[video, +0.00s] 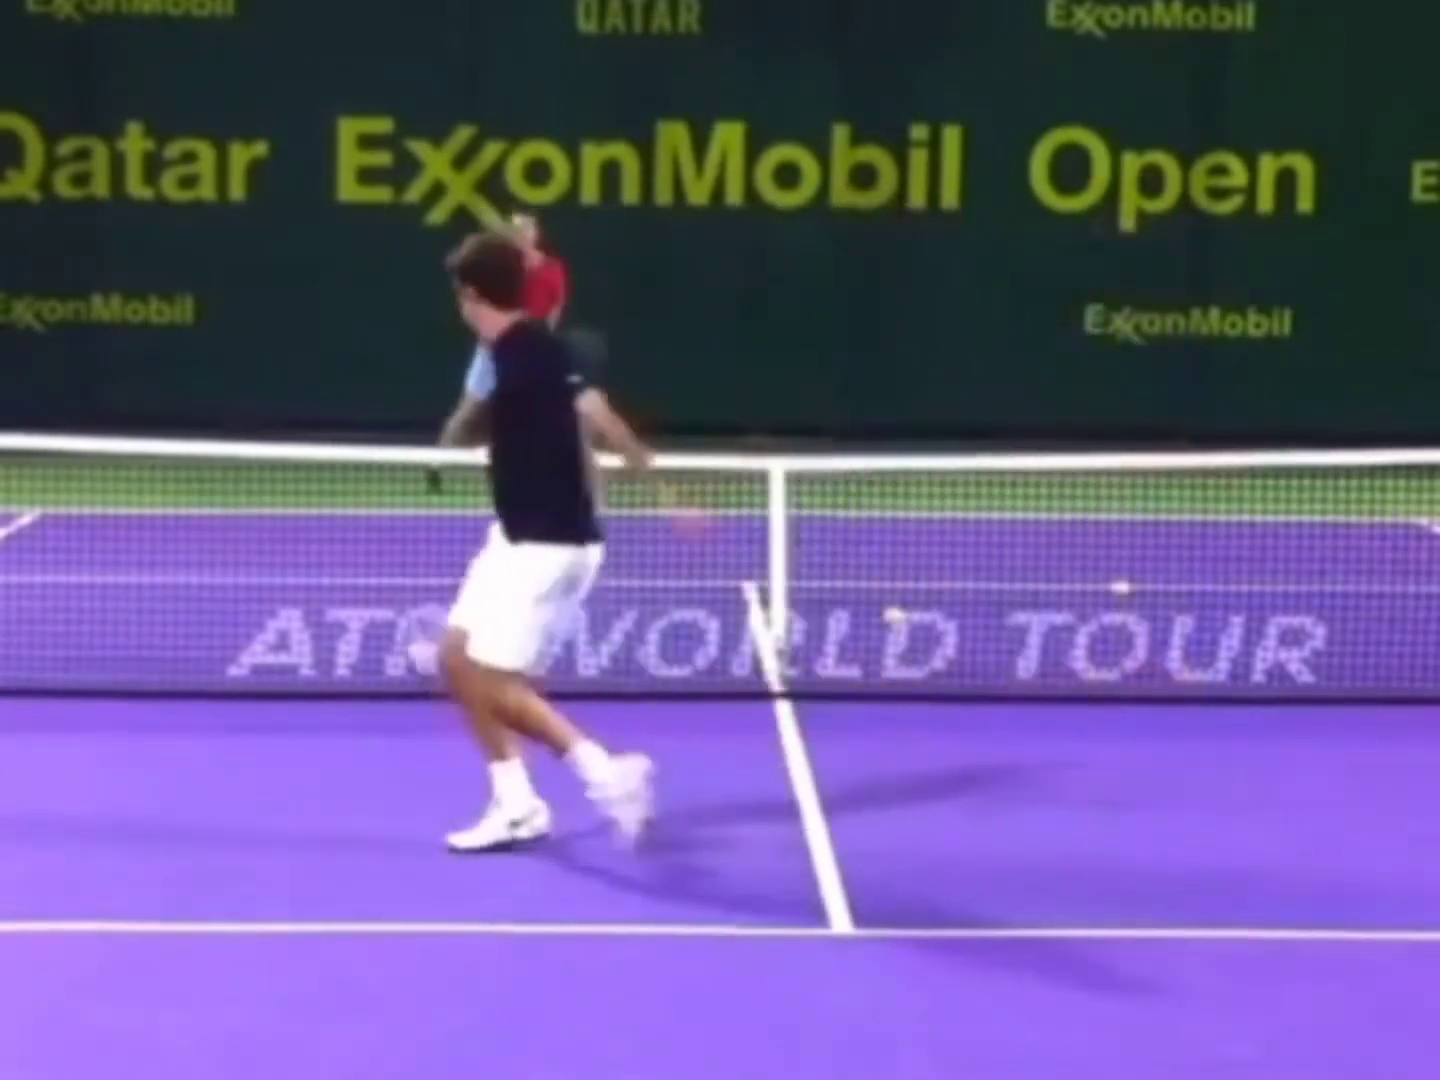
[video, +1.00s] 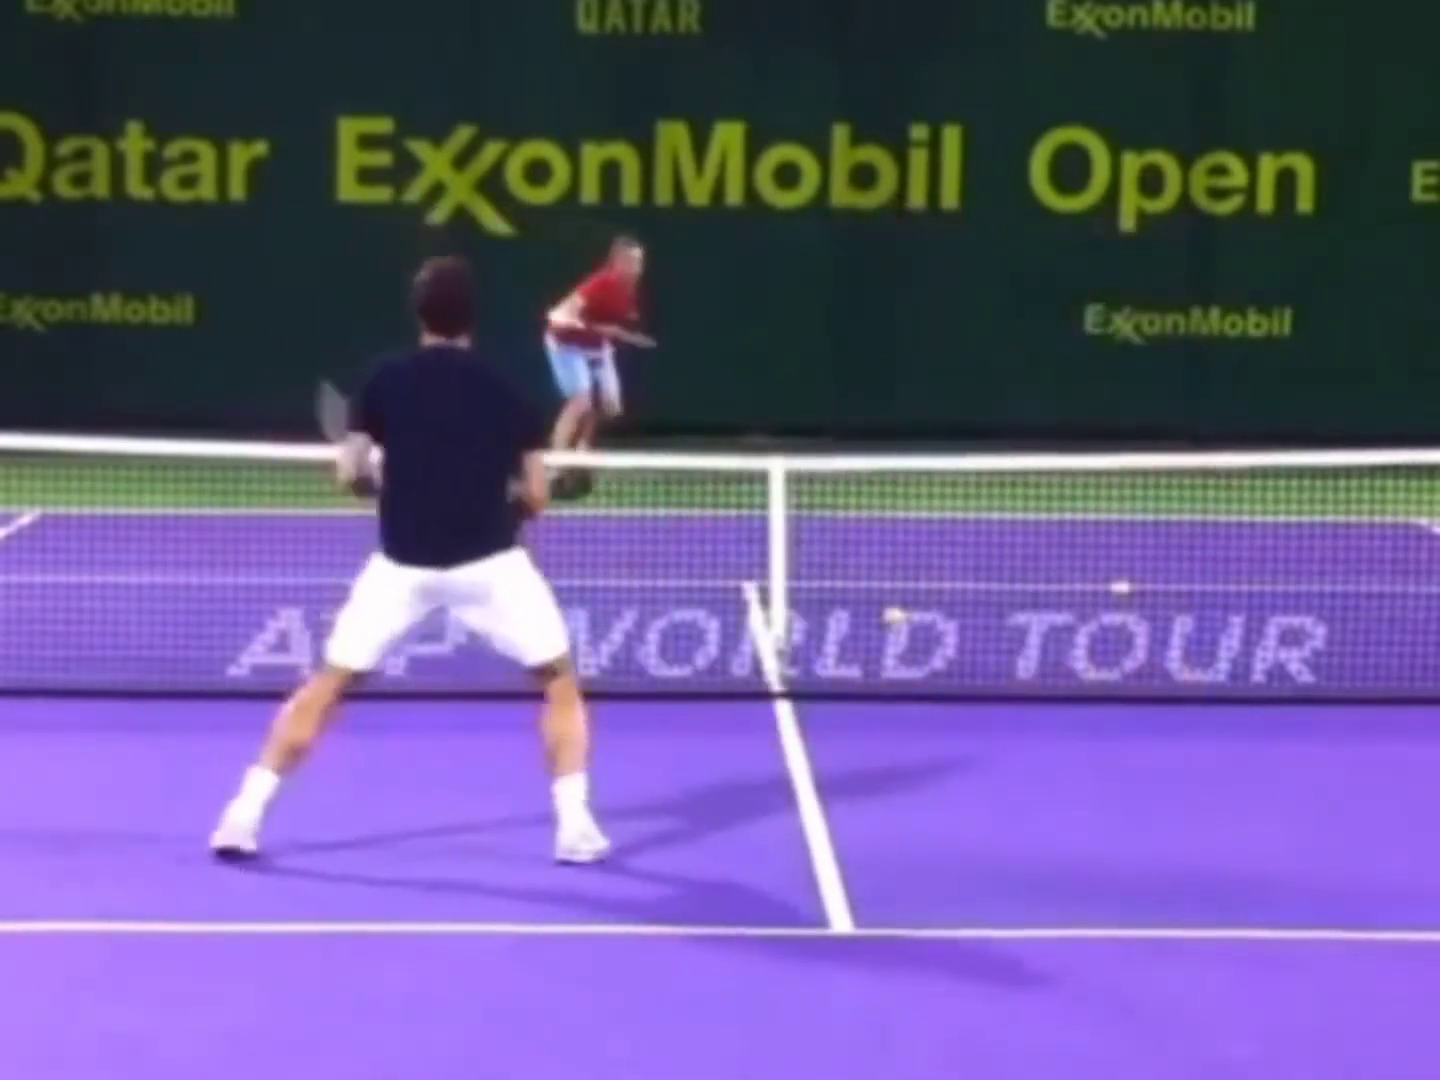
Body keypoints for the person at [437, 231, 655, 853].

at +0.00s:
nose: (461, 310)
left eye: (463, 298)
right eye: (461, 298)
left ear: (477, 298)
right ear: (516, 290)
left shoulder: (522, 349)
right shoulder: (536, 348)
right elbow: (591, 419)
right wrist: (641, 460)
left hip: (551, 544)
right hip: (521, 538)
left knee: (494, 678)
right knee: (458, 658)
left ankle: (607, 773)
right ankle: (515, 797)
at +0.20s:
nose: (409, 268)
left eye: (409, 257)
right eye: (414, 257)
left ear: (417, 257)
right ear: (469, 255)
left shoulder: (438, 317)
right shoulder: (505, 319)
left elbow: (449, 413)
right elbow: (548, 401)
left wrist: (414, 477)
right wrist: (529, 473)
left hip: (458, 506)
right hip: (511, 508)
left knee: (373, 625)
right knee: (463, 640)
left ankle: (383, 781)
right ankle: (513, 787)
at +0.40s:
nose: (359, 304)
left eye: (360, 296)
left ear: (360, 300)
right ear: (415, 301)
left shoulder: (345, 366)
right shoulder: (447, 367)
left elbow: (306, 454)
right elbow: (491, 460)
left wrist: (290, 487)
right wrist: (466, 494)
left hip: (357, 550)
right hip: (436, 554)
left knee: (290, 678)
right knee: (420, 674)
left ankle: (278, 821)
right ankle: (470, 793)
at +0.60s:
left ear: (366, 257)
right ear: (422, 261)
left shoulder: (328, 315)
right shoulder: (444, 320)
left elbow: (287, 403)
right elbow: (481, 414)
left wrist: (334, 412)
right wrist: (448, 459)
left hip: (339, 506)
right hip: (422, 504)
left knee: (308, 649)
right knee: (464, 635)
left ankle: (274, 803)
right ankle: (491, 783)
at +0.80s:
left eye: (398, 260)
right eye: (424, 261)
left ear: (382, 267)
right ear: (438, 269)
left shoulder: (343, 327)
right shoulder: (460, 334)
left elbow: (297, 417)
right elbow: (499, 425)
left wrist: (347, 431)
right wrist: (474, 470)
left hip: (354, 515)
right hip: (436, 513)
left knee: (299, 652)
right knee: (499, 647)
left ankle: (238, 807)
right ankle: (562, 795)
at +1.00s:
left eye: (428, 307)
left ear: (418, 315)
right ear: (474, 316)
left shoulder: (387, 380)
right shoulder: (503, 388)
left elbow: (351, 472)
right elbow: (536, 494)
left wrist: (394, 480)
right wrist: (501, 499)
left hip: (401, 566)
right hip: (491, 565)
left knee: (328, 681)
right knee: (559, 680)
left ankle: (247, 808)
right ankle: (575, 820)